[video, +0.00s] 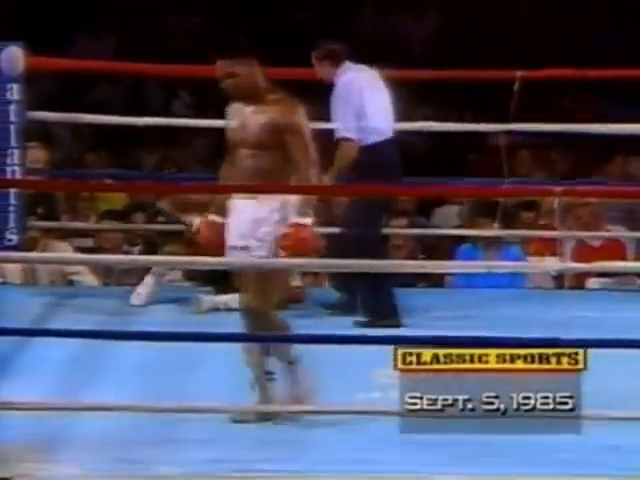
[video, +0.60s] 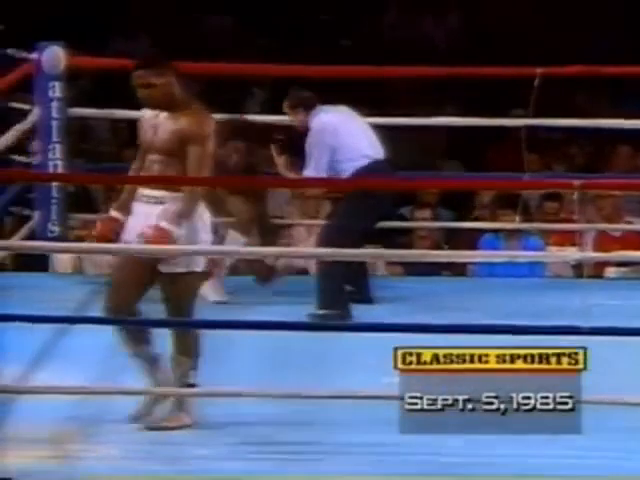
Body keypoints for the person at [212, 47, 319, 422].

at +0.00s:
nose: (228, 87)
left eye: (232, 78)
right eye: (223, 80)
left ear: (254, 73)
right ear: (226, 84)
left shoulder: (287, 111)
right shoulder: (234, 112)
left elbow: (306, 167)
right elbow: (233, 163)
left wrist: (303, 218)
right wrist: (217, 212)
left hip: (276, 209)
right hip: (241, 210)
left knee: (261, 305)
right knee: (250, 306)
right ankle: (264, 395)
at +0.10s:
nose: (214, 86)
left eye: (219, 78)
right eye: (211, 80)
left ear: (241, 74)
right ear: (213, 83)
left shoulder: (272, 113)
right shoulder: (219, 113)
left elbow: (299, 163)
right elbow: (214, 161)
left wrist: (302, 215)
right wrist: (195, 206)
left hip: (262, 209)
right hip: (227, 209)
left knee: (235, 299)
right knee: (249, 300)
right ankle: (266, 388)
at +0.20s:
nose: (192, 96)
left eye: (198, 88)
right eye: (188, 89)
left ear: (219, 84)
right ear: (188, 90)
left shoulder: (253, 126)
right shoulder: (198, 126)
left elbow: (281, 178)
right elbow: (186, 172)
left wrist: (285, 228)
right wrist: (161, 217)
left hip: (240, 220)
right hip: (203, 219)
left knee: (210, 311)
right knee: (239, 310)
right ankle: (267, 393)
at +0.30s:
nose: (179, 102)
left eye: (184, 93)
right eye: (175, 95)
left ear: (204, 89)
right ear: (175, 97)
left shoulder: (238, 131)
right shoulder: (184, 128)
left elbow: (266, 182)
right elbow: (173, 173)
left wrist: (267, 233)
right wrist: (148, 216)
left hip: (224, 222)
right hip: (188, 220)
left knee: (187, 310)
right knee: (226, 309)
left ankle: (162, 408)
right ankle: (265, 388)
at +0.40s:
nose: (162, 102)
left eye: (167, 94)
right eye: (157, 96)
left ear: (187, 89)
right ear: (156, 97)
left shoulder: (218, 131)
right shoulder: (164, 125)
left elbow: (241, 186)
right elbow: (155, 173)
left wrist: (235, 237)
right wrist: (132, 222)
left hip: (198, 221)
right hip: (165, 219)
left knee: (170, 315)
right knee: (175, 316)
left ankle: (164, 412)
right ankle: (242, 361)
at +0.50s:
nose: (155, 99)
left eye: (160, 91)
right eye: (150, 93)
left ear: (180, 86)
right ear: (149, 95)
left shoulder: (209, 128)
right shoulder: (158, 125)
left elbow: (222, 187)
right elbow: (145, 173)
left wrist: (213, 236)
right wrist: (125, 219)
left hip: (188, 220)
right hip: (155, 219)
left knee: (167, 318)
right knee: (150, 314)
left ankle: (169, 409)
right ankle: (214, 353)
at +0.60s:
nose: (147, 96)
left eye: (152, 87)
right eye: (141, 89)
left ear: (171, 81)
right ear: (139, 90)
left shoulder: (198, 122)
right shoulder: (147, 117)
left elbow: (197, 183)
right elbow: (140, 166)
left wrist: (169, 224)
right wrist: (117, 213)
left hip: (183, 218)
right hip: (145, 214)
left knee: (180, 313)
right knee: (119, 305)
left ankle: (183, 402)